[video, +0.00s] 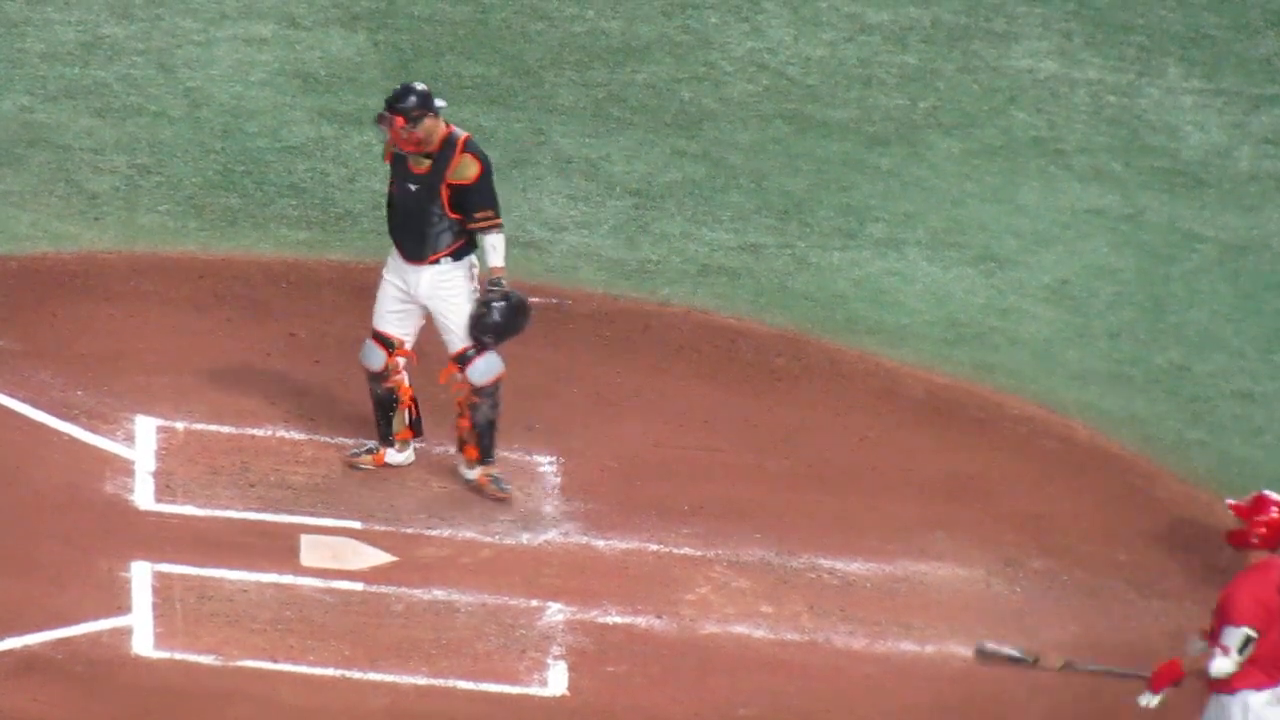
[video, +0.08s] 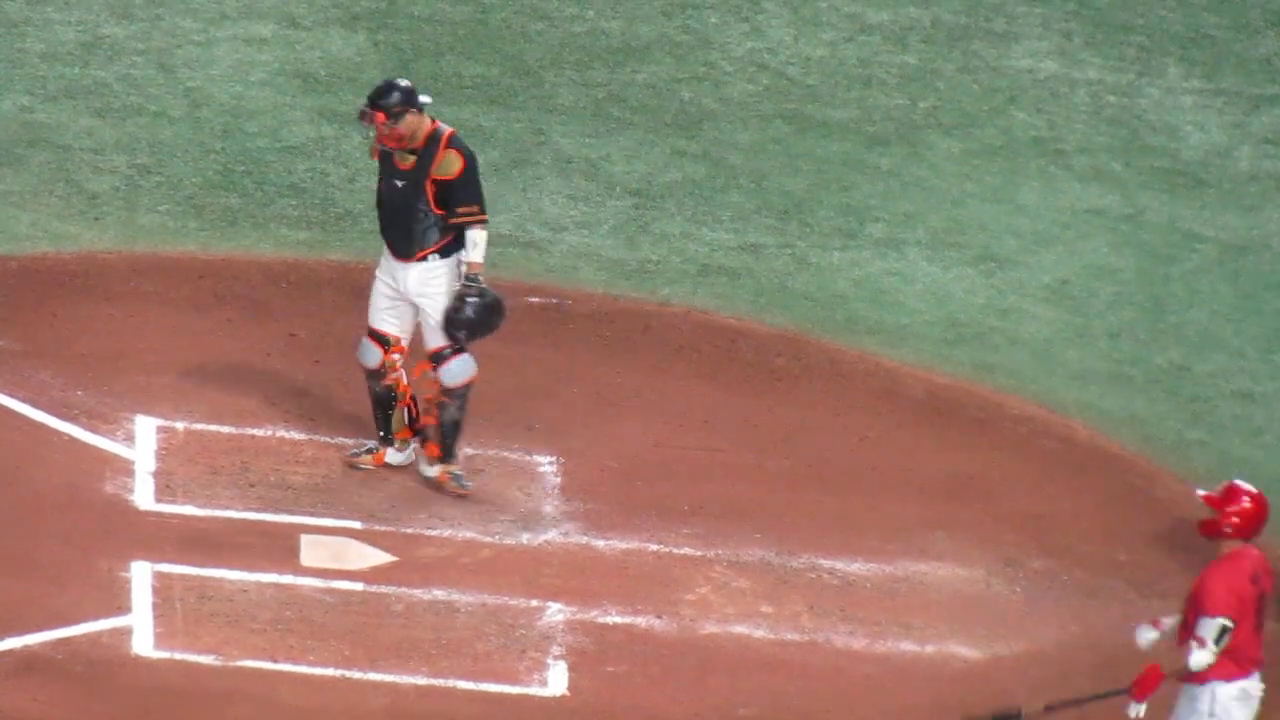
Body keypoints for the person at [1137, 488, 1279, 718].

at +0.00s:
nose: (1236, 528)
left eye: (1243, 523)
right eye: (1240, 522)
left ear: (1257, 532)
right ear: (1269, 534)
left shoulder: (1249, 585)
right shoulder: (1273, 574)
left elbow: (1224, 661)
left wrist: (1177, 669)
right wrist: (1216, 638)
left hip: (1243, 702)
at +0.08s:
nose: (1209, 518)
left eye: (1215, 513)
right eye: (1213, 511)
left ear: (1230, 521)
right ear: (1244, 523)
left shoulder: (1221, 573)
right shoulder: (1254, 560)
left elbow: (1203, 655)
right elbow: (1212, 616)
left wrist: (1157, 674)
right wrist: (1165, 627)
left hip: (1215, 691)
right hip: (1244, 685)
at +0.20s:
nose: (1169, 500)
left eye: (1176, 495)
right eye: (1173, 493)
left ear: (1192, 503)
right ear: (1202, 504)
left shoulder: (1189, 556)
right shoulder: (1205, 538)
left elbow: (1172, 635)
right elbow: (1162, 599)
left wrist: (1140, 669)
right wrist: (1114, 598)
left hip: (1181, 673)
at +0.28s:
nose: (1143, 492)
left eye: (1150, 488)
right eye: (1147, 486)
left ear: (1166, 494)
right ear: (1174, 496)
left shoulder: (1166, 548)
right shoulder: (1174, 530)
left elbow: (1155, 622)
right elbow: (1126, 584)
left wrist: (1138, 670)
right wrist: (1080, 583)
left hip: (1149, 664)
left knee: (1095, 714)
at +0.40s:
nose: (1096, 487)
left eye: (1103, 483)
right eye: (1099, 481)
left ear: (1118, 491)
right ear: (1126, 493)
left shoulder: (1124, 542)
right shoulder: (1109, 531)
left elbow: (1129, 621)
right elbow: (1070, 571)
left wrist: (1135, 676)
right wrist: (1031, 576)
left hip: (1101, 664)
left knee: (1062, 714)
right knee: (1132, 713)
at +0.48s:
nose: (1065, 493)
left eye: (1071, 489)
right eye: (1068, 487)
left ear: (1084, 496)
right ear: (1096, 499)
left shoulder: (1091, 545)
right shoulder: (1075, 535)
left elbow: (1110, 620)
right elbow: (1039, 578)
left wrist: (1131, 674)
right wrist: (1001, 587)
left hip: (1067, 673)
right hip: (1099, 670)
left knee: (1023, 715)